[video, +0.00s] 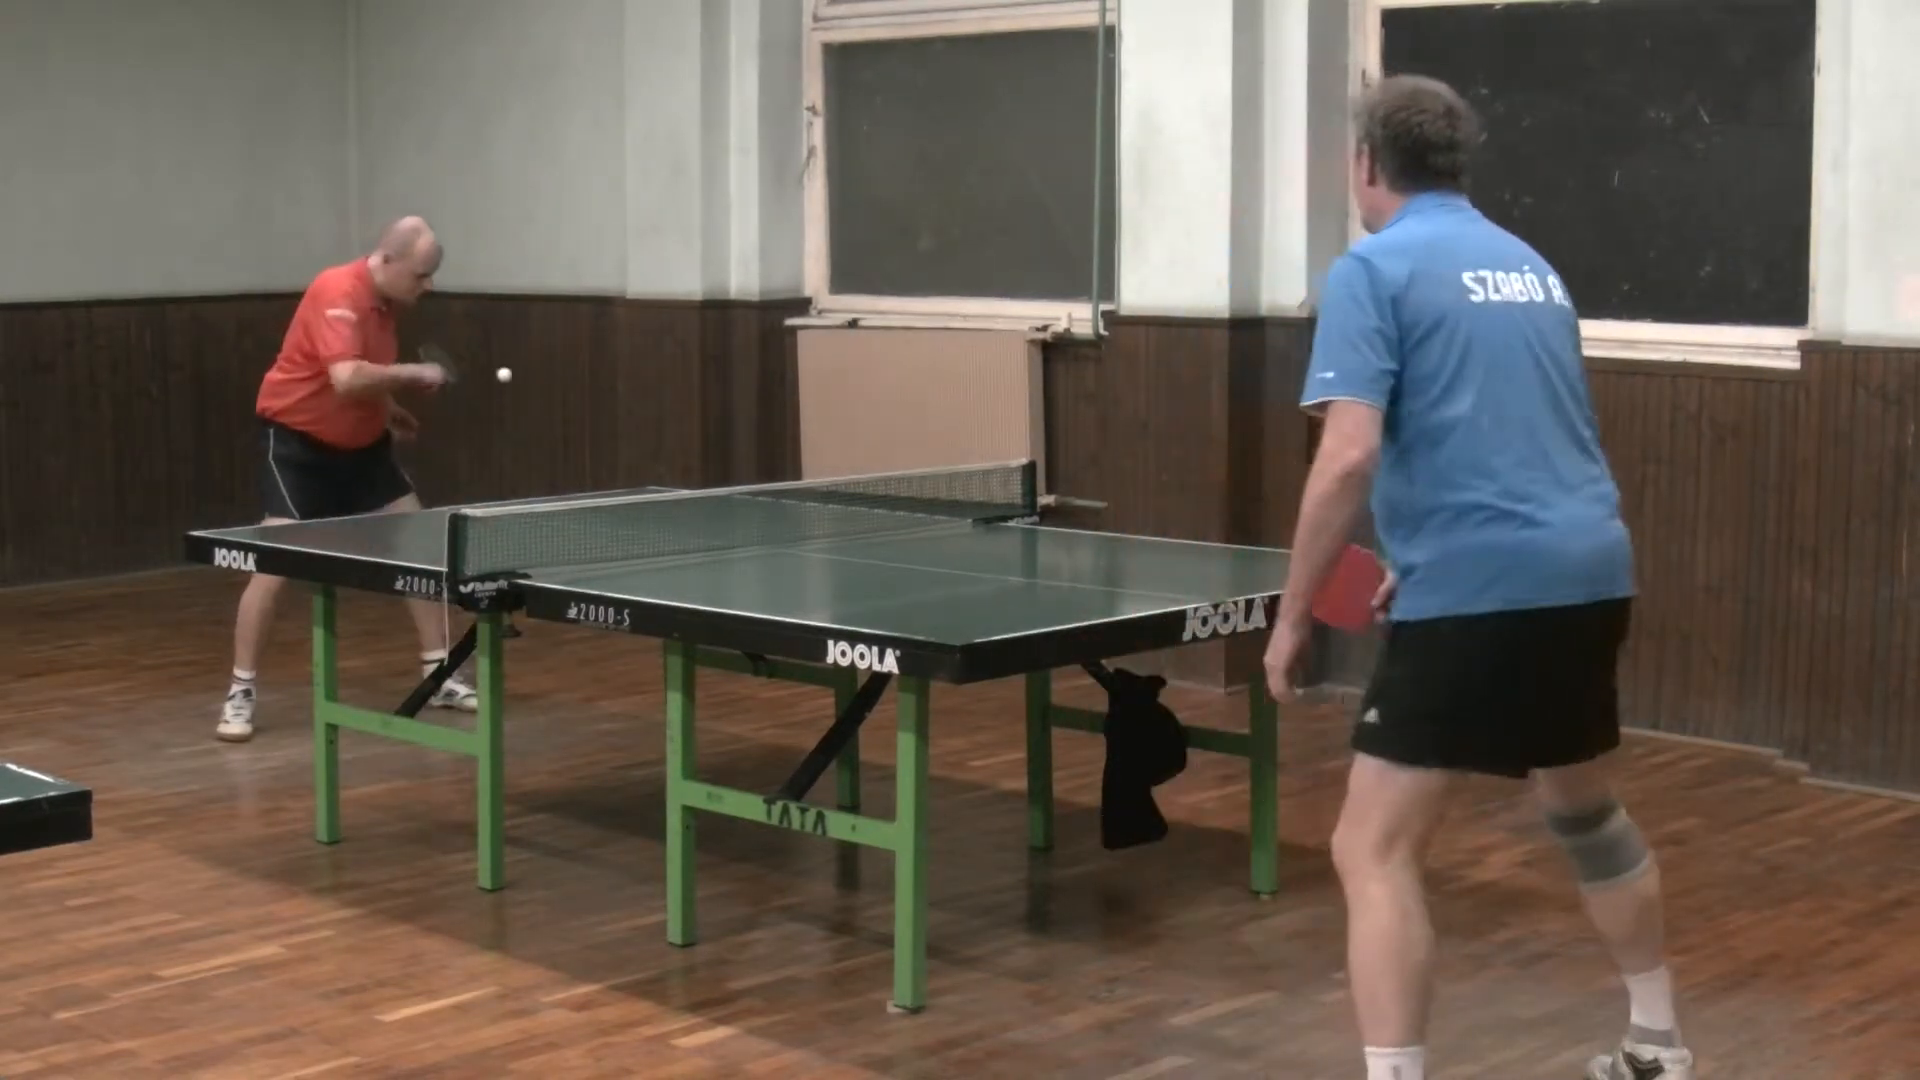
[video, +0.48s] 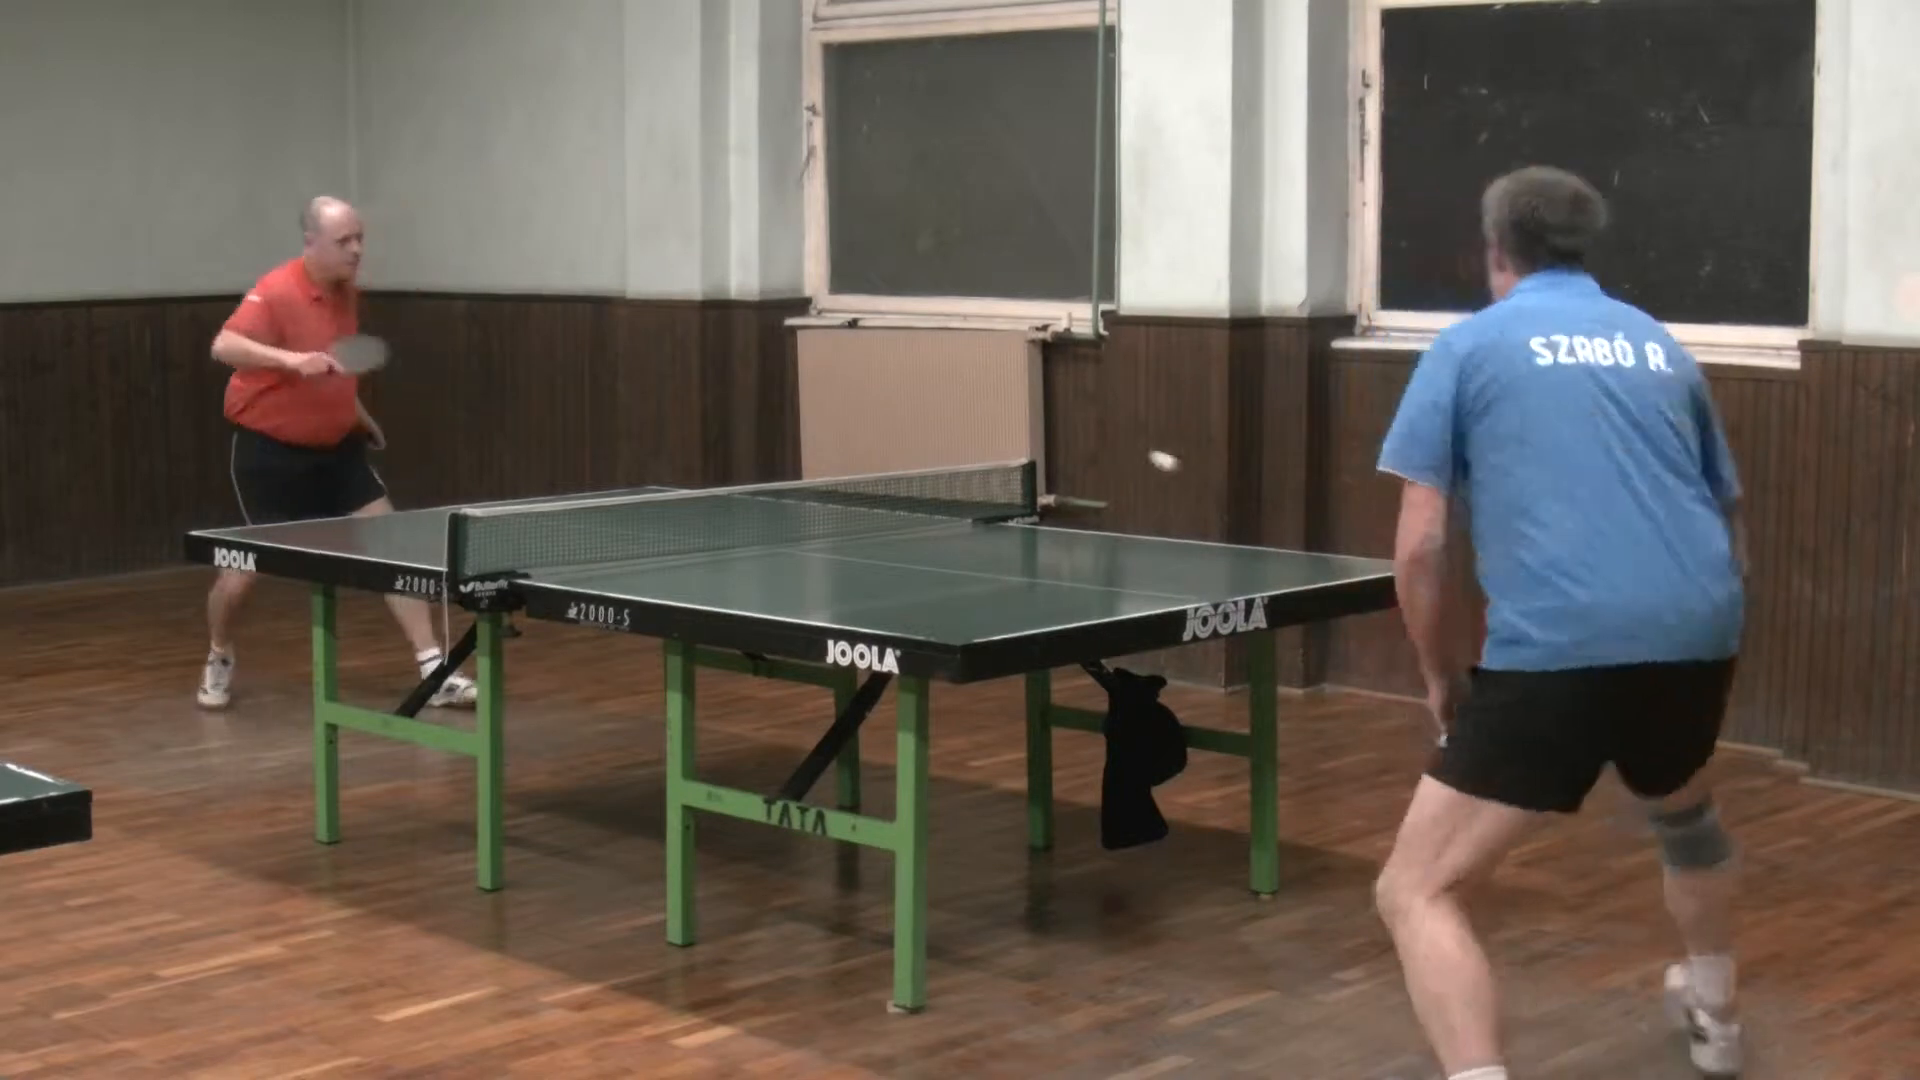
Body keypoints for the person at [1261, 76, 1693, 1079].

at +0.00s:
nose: (1352, 183)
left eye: (1351, 167)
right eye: (1356, 167)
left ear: (1368, 168)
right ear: (1456, 167)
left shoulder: (1369, 268)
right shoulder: (1529, 263)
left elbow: (1349, 456)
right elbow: (1538, 439)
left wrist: (1291, 616)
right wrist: (1425, 557)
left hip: (1468, 594)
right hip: (1592, 580)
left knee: (1373, 848)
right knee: (1586, 810)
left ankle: (1394, 1070)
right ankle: (1659, 1042)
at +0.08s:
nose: (1360, 192)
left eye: (1361, 175)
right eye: (1363, 175)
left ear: (1378, 175)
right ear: (1464, 169)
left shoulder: (1394, 267)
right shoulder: (1537, 259)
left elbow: (1379, 458)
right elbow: (1561, 453)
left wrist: (1323, 619)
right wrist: (1455, 573)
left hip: (1517, 579)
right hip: (1626, 566)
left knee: (1422, 843)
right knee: (1601, 810)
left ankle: (1414, 1070)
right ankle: (1660, 1044)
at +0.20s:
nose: (1369, 212)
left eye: (1369, 195)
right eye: (1368, 195)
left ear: (1390, 193)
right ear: (1479, 186)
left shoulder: (1411, 284)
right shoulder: (1552, 270)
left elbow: (1410, 476)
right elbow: (1584, 469)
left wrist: (1362, 638)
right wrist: (1478, 583)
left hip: (1552, 577)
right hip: (1660, 564)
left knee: (1460, 852)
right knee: (1610, 803)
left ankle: (1492, 1072)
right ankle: (1663, 1045)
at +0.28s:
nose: (1375, 223)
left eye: (1378, 208)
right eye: (1375, 208)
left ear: (1400, 214)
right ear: (1488, 205)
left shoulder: (1416, 303)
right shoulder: (1564, 285)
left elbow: (1419, 498)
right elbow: (1606, 483)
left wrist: (1384, 659)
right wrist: (1499, 588)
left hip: (1576, 584)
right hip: (1682, 567)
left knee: (1468, 860)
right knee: (1626, 790)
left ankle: (1496, 1072)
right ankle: (1675, 1035)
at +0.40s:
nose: (1422, 250)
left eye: (1422, 236)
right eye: (1422, 236)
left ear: (1438, 240)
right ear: (1530, 229)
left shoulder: (1434, 329)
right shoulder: (1610, 309)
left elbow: (1422, 524)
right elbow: (1651, 463)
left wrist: (1426, 671)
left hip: (1580, 619)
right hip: (1710, 598)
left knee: (1442, 877)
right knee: (1663, 791)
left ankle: (1493, 1070)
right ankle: (1702, 1024)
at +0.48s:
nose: (1481, 259)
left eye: (1484, 247)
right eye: (1485, 246)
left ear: (1500, 254)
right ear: (1589, 252)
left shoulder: (1468, 344)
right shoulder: (1660, 343)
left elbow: (1419, 549)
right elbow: (1725, 514)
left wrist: (1441, 681)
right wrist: (1709, 633)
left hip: (1555, 652)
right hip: (1695, 639)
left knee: (1414, 888)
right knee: (1684, 812)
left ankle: (1478, 1071)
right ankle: (1716, 1013)